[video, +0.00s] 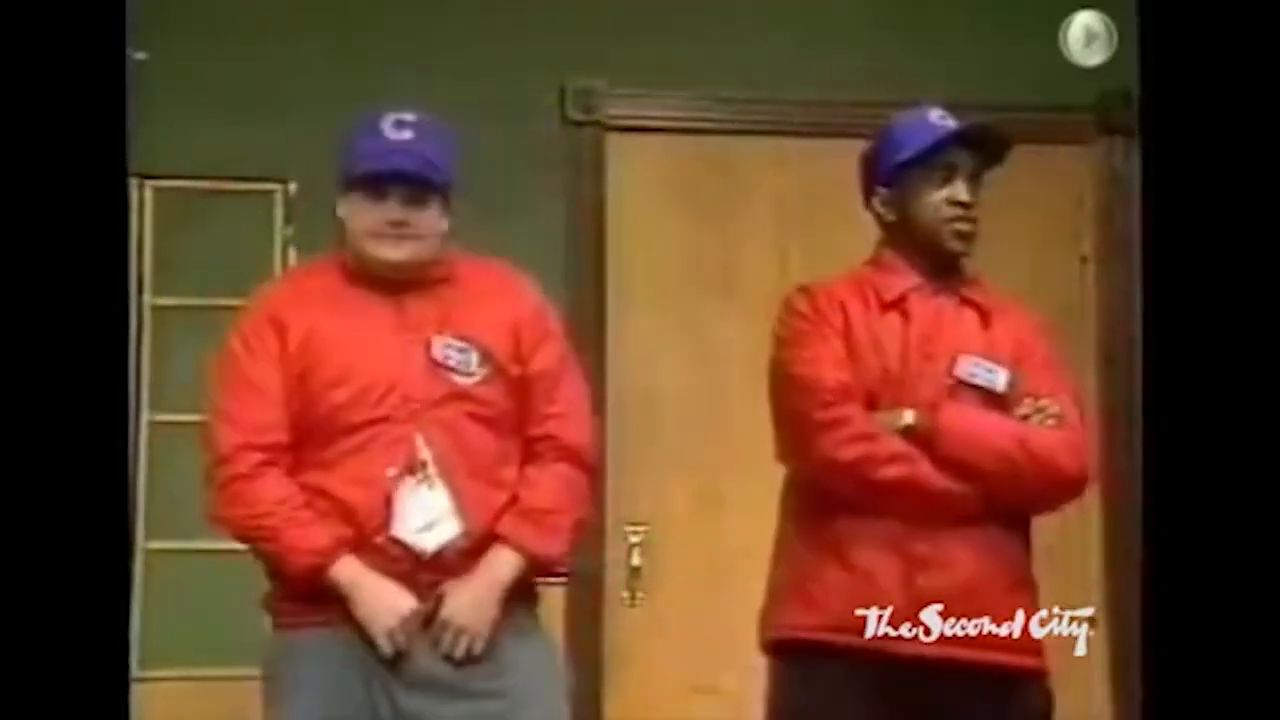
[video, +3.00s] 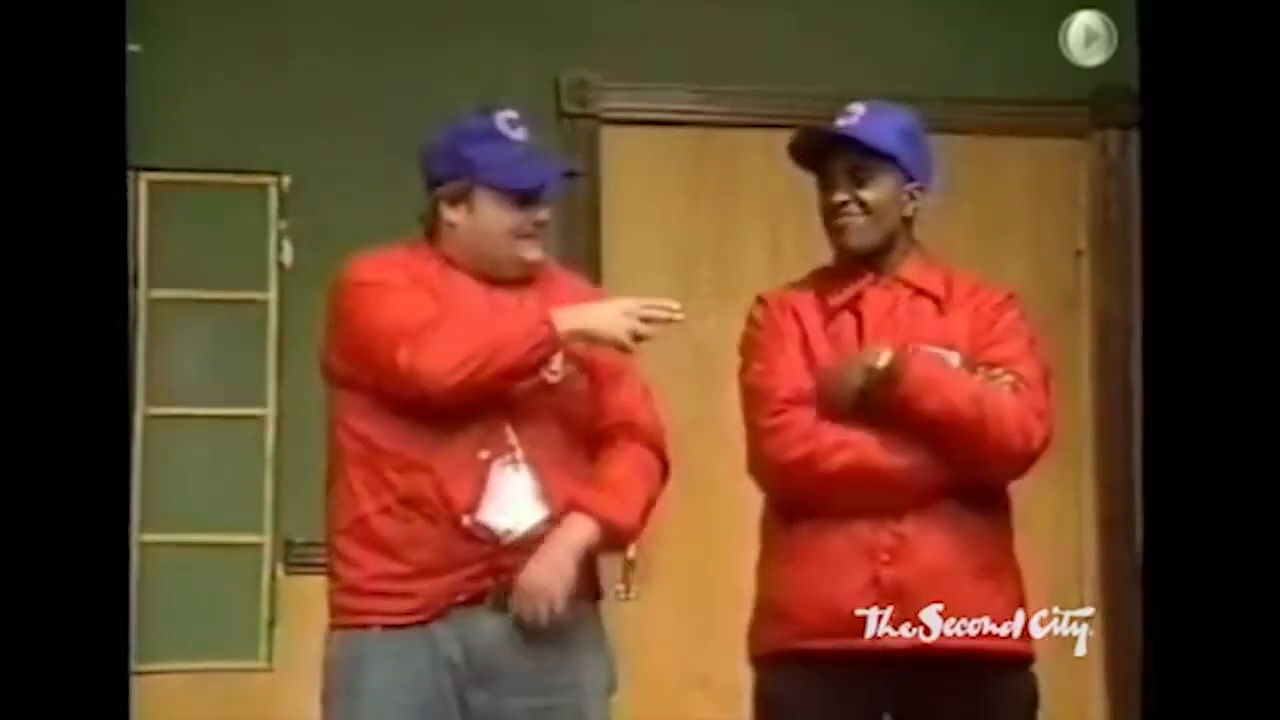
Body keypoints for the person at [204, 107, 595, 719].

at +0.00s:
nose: (396, 212)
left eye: (417, 196)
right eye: (375, 193)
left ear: (448, 211)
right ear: (342, 205)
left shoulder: (508, 301)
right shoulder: (282, 313)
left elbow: (566, 451)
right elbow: (245, 476)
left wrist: (491, 579)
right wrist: (357, 581)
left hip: (493, 626)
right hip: (333, 631)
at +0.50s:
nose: (461, 222)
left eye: (485, 208)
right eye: (446, 201)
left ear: (521, 227)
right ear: (423, 212)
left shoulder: (587, 314)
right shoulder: (364, 322)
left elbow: (645, 459)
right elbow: (323, 475)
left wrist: (569, 571)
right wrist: (426, 578)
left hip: (565, 627)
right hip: (409, 627)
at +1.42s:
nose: (542, 213)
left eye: (541, 196)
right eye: (518, 200)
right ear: (453, 216)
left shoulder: (589, 314)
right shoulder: (359, 306)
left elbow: (631, 465)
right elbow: (307, 453)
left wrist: (549, 579)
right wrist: (400, 561)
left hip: (541, 627)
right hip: (382, 627)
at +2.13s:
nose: (553, 211)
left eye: (553, 194)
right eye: (530, 196)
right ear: (466, 208)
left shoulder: (595, 311)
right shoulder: (370, 302)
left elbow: (642, 462)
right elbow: (334, 450)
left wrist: (572, 576)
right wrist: (429, 559)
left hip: (554, 632)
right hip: (398, 632)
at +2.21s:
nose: (553, 211)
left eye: (553, 194)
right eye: (529, 196)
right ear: (464, 208)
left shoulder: (591, 310)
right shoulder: (377, 294)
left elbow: (642, 460)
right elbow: (362, 427)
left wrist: (572, 569)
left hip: (549, 631)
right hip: (396, 636)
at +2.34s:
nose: (553, 211)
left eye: (551, 193)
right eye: (527, 196)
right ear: (463, 209)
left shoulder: (587, 309)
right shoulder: (378, 286)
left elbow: (638, 461)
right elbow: (416, 393)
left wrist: (573, 573)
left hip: (546, 629)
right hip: (396, 637)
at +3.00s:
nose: (541, 215)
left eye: (544, 199)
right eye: (520, 200)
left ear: (552, 200)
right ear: (453, 208)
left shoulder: (569, 296)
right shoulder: (374, 283)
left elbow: (637, 441)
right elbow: (433, 370)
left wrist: (570, 540)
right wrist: (561, 322)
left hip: (547, 625)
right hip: (394, 633)